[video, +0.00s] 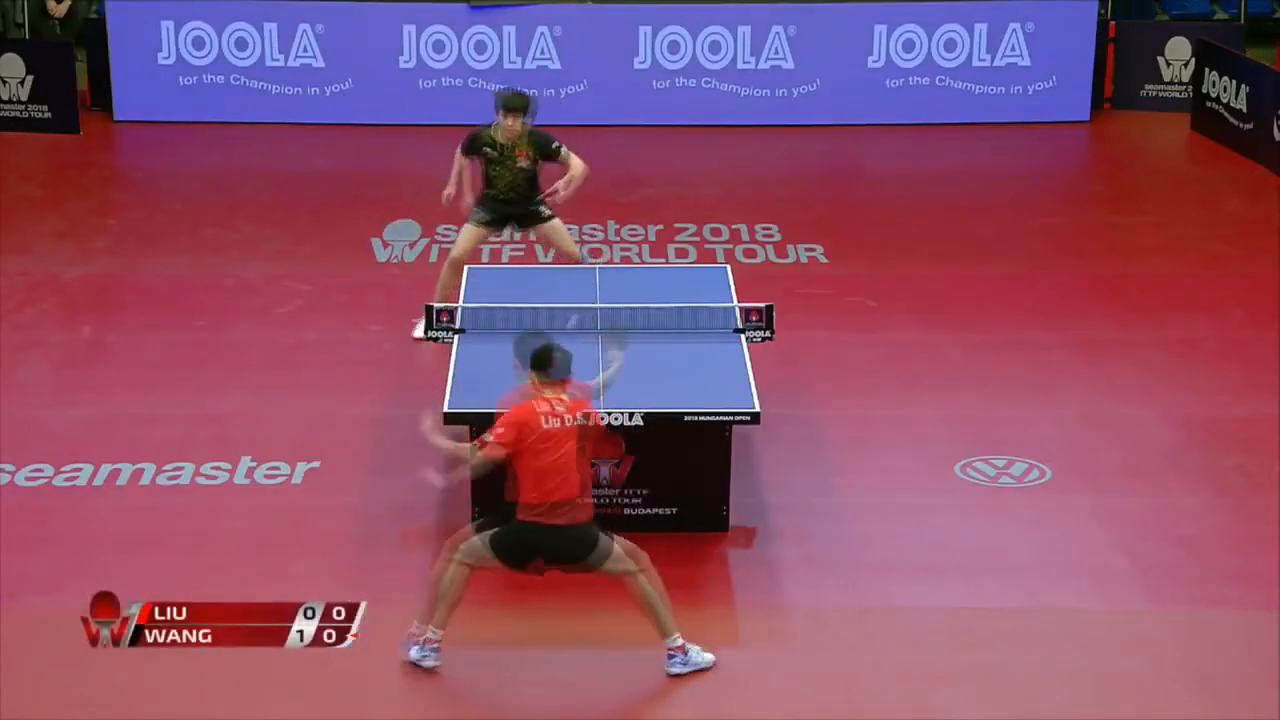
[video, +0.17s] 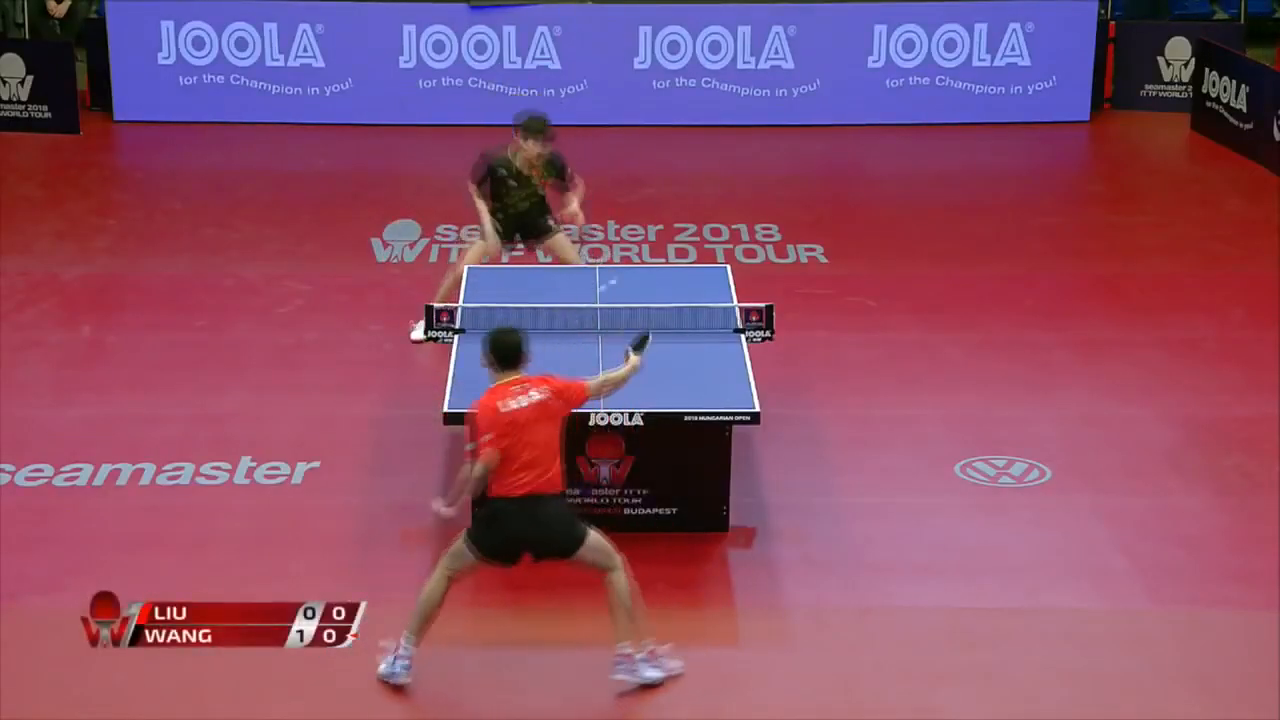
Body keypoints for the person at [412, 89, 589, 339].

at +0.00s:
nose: (511, 123)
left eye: (517, 117)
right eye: (506, 116)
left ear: (525, 119)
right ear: (498, 116)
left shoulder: (537, 140)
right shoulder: (482, 137)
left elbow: (579, 166)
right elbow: (461, 153)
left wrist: (566, 185)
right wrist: (453, 184)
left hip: (530, 206)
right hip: (491, 206)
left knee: (575, 256)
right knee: (455, 258)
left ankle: (596, 316)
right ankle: (434, 317)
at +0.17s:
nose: (542, 149)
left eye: (545, 143)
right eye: (536, 143)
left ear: (549, 142)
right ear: (520, 139)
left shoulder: (551, 161)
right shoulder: (492, 161)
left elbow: (574, 184)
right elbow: (476, 192)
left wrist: (572, 204)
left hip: (538, 221)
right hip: (501, 223)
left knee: (576, 266)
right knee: (461, 270)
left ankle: (593, 324)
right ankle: (430, 319)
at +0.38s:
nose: (572, 160)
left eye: (576, 155)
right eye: (568, 154)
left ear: (577, 154)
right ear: (551, 149)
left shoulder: (574, 169)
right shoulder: (528, 175)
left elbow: (597, 178)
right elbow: (501, 210)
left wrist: (616, 173)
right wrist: (522, 224)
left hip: (557, 235)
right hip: (522, 238)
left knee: (611, 258)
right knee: (485, 273)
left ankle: (616, 319)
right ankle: (439, 318)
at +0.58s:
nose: (560, 160)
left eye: (564, 154)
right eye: (554, 154)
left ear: (570, 153)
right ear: (543, 152)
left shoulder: (580, 171)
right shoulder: (526, 175)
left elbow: (608, 187)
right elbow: (503, 201)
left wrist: (614, 191)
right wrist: (502, 225)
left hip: (576, 237)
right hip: (537, 238)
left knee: (622, 267)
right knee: (492, 262)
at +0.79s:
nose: (565, 120)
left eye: (570, 114)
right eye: (560, 113)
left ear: (577, 115)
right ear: (550, 113)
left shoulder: (585, 140)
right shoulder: (529, 134)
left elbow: (608, 168)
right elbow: (504, 150)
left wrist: (616, 182)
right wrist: (515, 185)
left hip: (570, 203)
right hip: (533, 201)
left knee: (612, 248)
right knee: (491, 251)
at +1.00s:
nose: (576, 132)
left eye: (580, 126)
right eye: (570, 126)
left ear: (587, 129)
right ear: (559, 128)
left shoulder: (587, 158)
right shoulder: (545, 157)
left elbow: (589, 190)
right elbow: (531, 196)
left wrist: (613, 211)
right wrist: (574, 211)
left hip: (563, 219)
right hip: (529, 221)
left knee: (607, 257)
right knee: (494, 268)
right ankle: (453, 301)